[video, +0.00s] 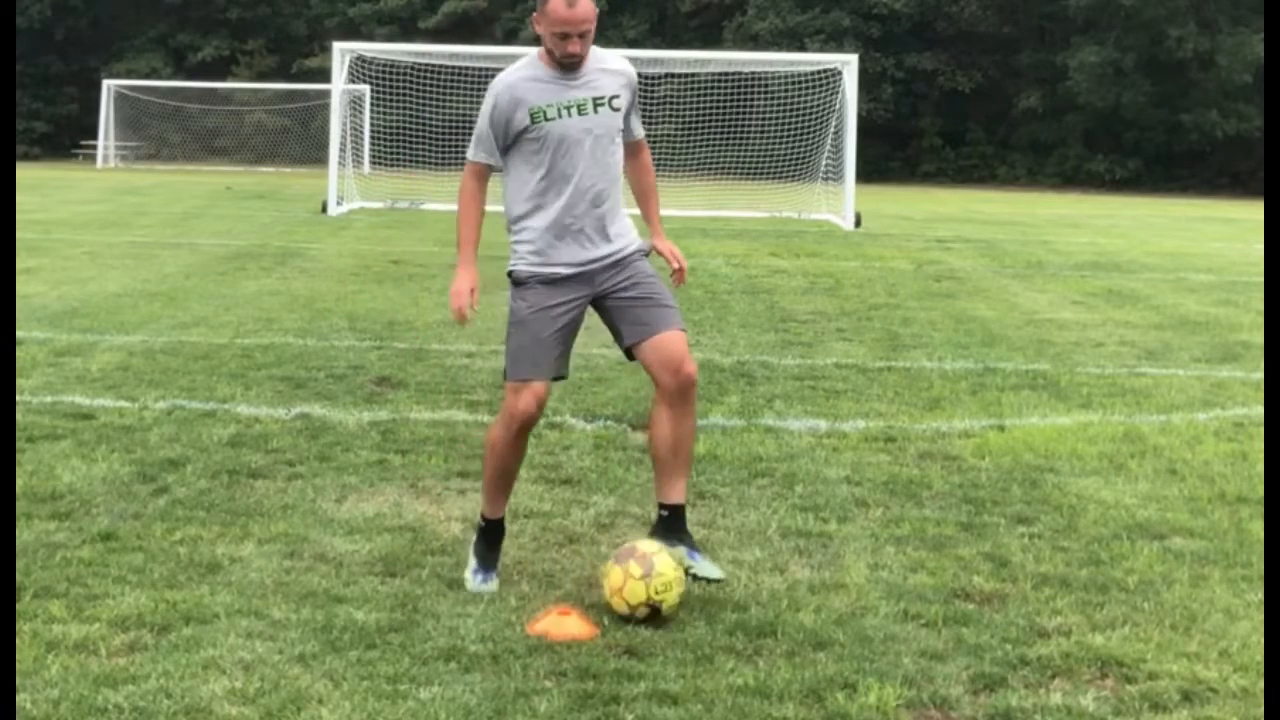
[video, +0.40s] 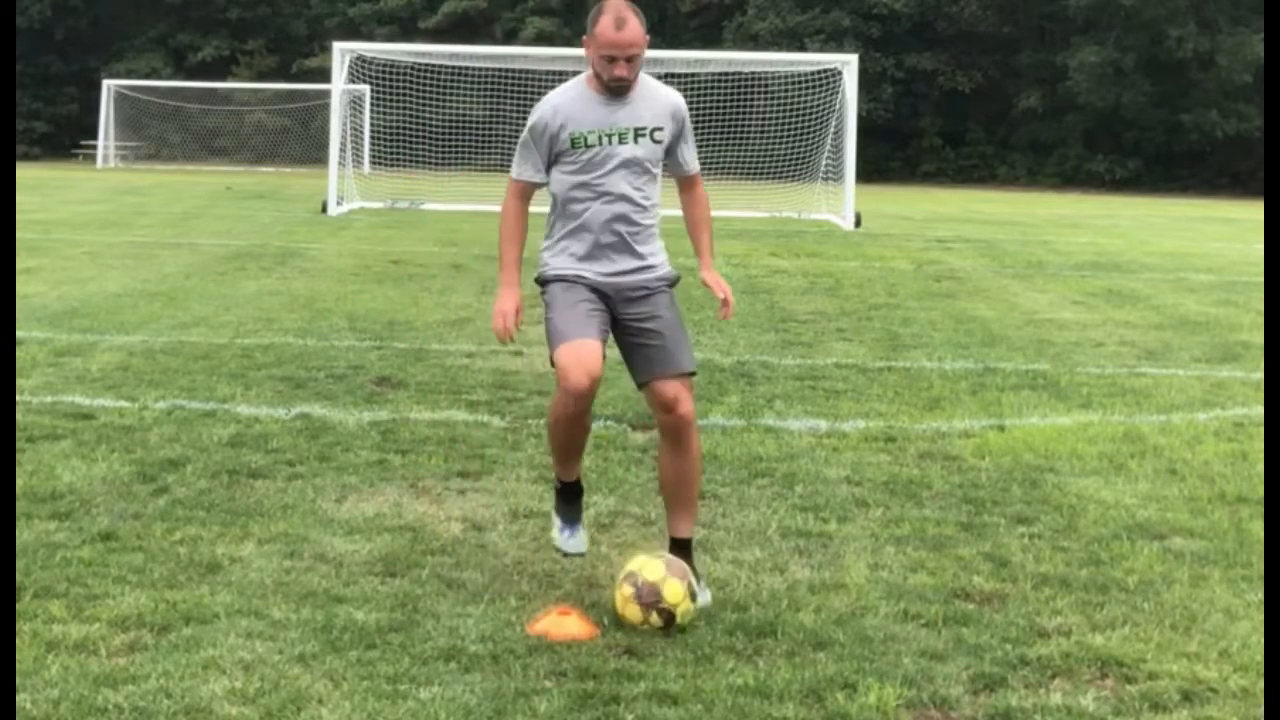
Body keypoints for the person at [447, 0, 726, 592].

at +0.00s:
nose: (574, 47)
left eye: (583, 35)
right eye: (562, 35)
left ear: (596, 23)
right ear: (537, 26)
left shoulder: (619, 76)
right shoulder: (510, 89)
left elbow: (635, 149)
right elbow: (474, 176)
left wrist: (655, 231)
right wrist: (466, 265)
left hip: (620, 258)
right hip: (544, 272)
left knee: (680, 375)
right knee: (524, 406)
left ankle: (671, 530)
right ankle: (489, 536)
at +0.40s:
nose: (622, 71)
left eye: (633, 58)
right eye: (611, 59)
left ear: (646, 49)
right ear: (587, 47)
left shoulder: (667, 105)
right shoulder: (553, 112)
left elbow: (691, 184)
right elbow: (517, 196)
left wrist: (706, 263)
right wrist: (508, 286)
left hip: (644, 275)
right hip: (572, 274)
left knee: (677, 408)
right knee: (578, 380)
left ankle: (681, 559)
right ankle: (568, 500)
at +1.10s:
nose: (653, 82)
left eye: (665, 70)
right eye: (642, 69)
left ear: (680, 62)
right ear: (620, 57)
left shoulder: (703, 116)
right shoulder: (589, 121)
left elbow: (735, 201)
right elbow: (557, 207)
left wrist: (745, 278)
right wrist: (541, 299)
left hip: (677, 285)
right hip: (606, 275)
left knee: (701, 417)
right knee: (635, 361)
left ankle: (677, 562)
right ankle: (643, 525)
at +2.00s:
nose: (665, 75)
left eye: (678, 63)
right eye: (654, 61)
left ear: (696, 51)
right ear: (635, 46)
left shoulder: (719, 115)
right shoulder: (602, 107)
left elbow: (751, 195)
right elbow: (564, 182)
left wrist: (751, 272)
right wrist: (544, 266)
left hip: (687, 284)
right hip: (613, 279)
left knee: (697, 422)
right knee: (632, 393)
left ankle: (697, 551)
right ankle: (662, 526)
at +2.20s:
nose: (660, 73)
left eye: (672, 61)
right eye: (649, 60)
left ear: (693, 51)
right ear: (633, 47)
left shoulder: (717, 114)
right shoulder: (602, 106)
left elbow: (753, 197)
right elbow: (566, 185)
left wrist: (752, 276)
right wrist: (539, 270)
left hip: (685, 289)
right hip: (610, 282)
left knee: (697, 426)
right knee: (611, 399)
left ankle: (694, 561)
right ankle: (636, 526)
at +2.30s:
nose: (657, 66)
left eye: (669, 55)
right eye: (647, 54)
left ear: (690, 43)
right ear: (631, 40)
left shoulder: (716, 107)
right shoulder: (601, 99)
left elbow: (752, 189)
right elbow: (567, 180)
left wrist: (746, 267)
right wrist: (538, 263)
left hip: (681, 283)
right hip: (605, 277)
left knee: (693, 424)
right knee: (594, 391)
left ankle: (693, 560)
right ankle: (620, 522)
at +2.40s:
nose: (651, 57)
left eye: (663, 47)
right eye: (641, 45)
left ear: (687, 36)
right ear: (627, 31)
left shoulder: (714, 98)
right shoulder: (599, 90)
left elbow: (749, 176)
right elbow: (566, 173)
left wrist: (740, 255)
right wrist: (539, 256)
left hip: (677, 276)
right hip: (599, 268)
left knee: (687, 418)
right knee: (579, 383)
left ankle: (692, 558)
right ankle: (600, 514)